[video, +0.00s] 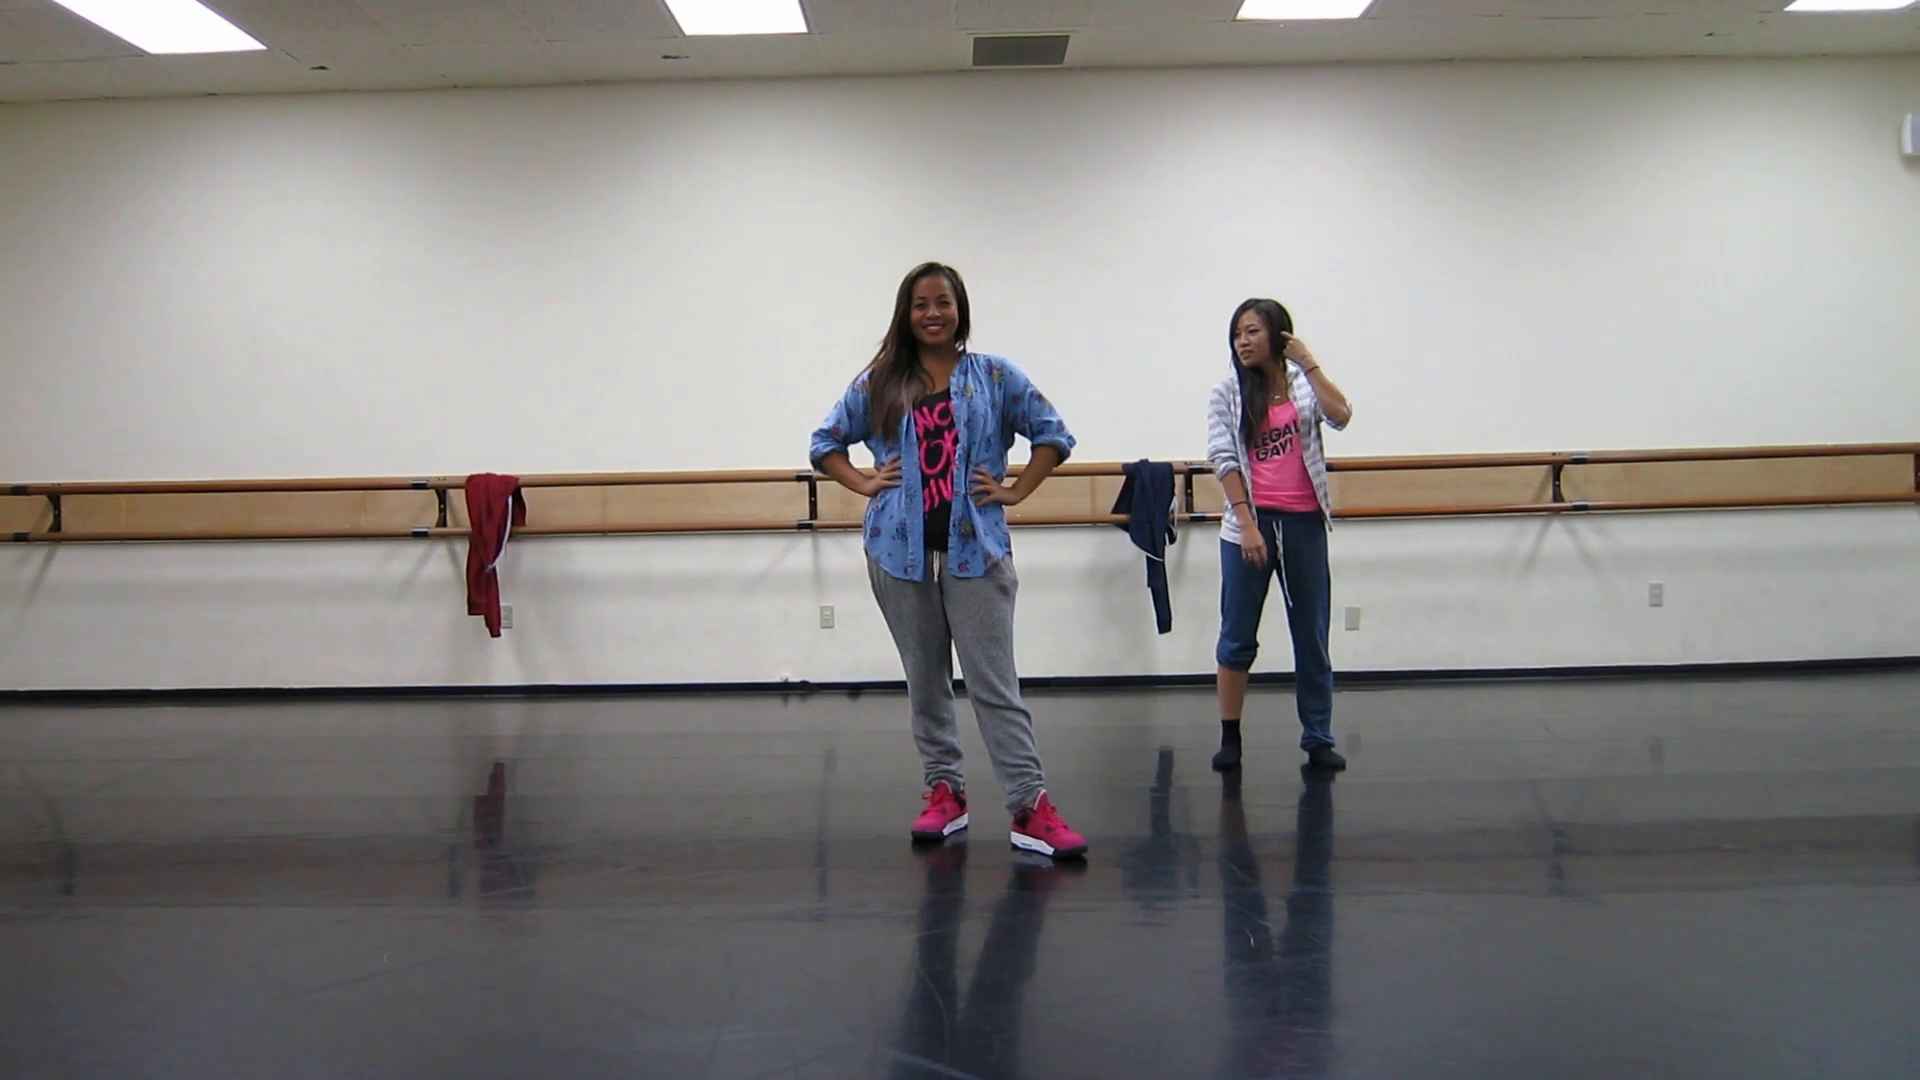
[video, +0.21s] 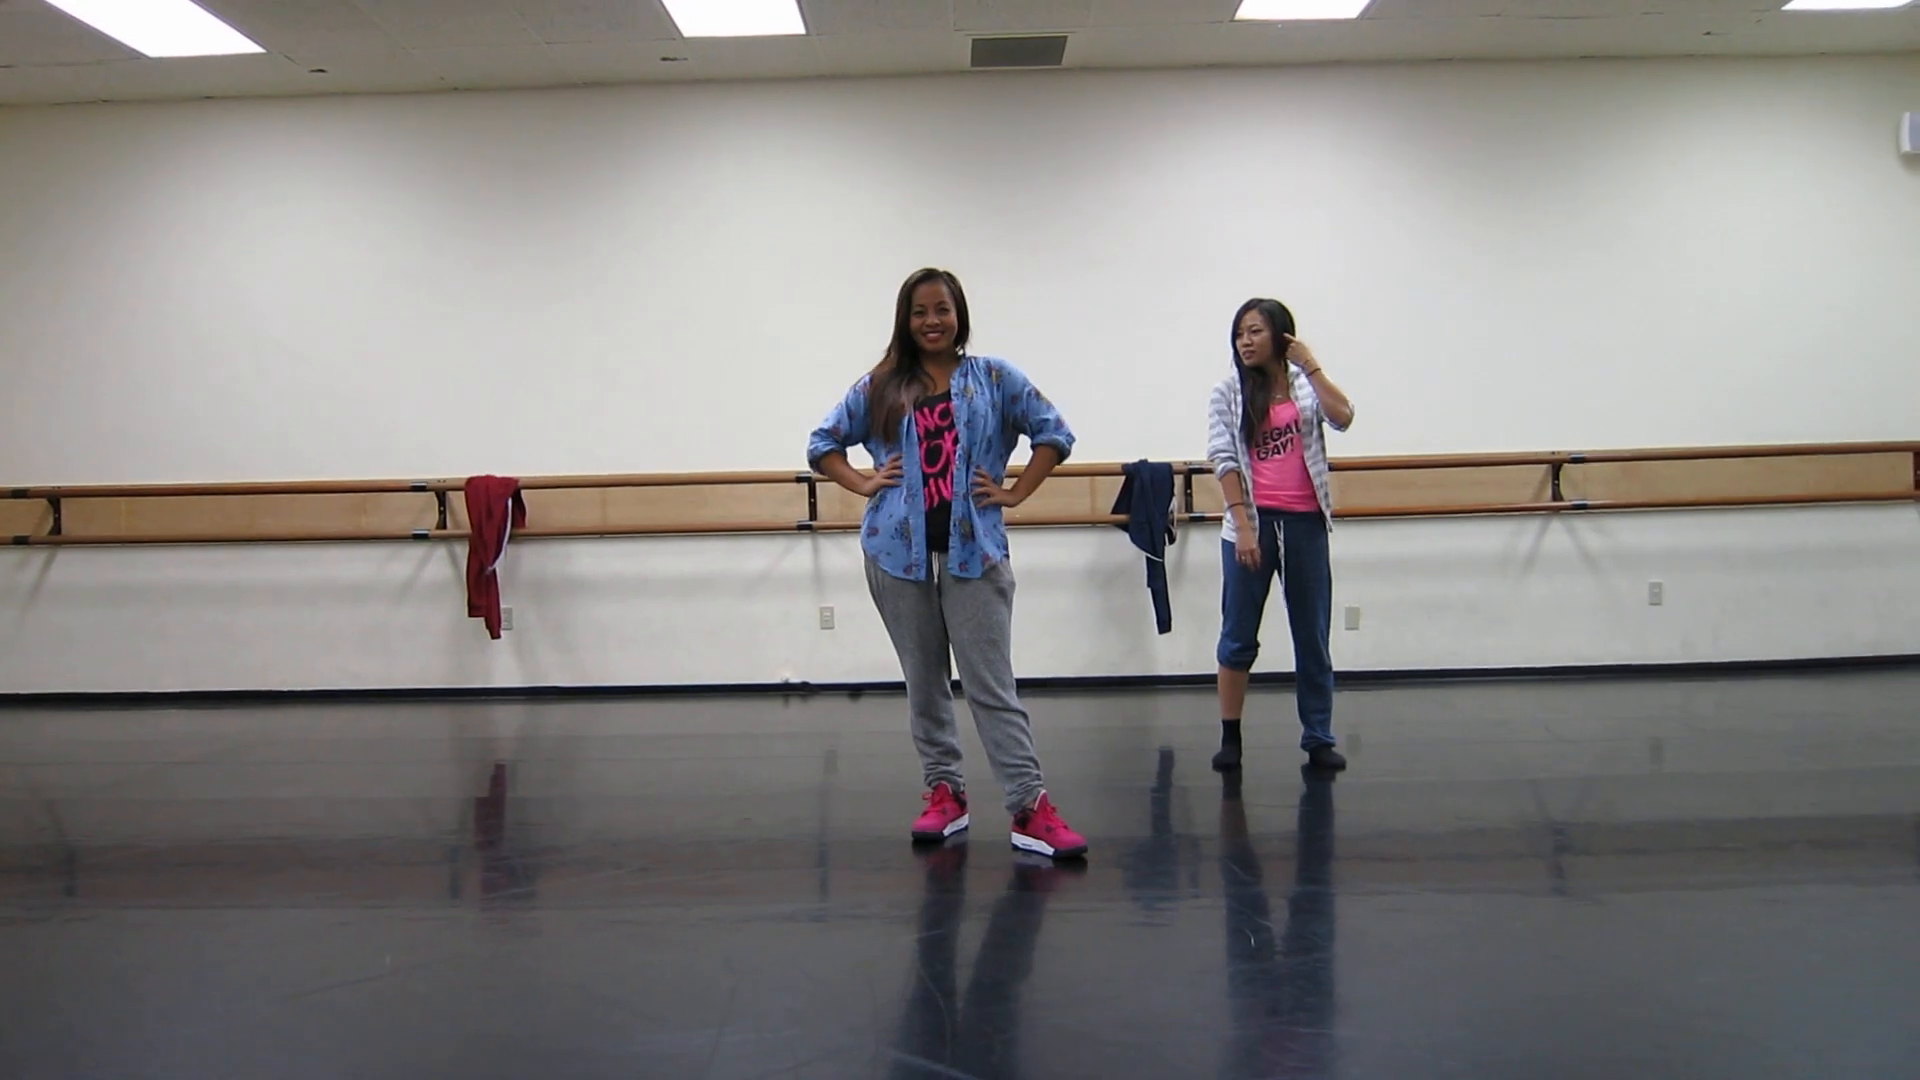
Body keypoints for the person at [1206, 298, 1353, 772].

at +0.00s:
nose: (1243, 341)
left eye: (1253, 331)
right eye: (1237, 334)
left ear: (1278, 337)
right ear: (1233, 342)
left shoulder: (1304, 383)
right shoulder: (1228, 392)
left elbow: (1340, 416)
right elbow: (1223, 460)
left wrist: (1309, 362)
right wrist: (1246, 522)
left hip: (1305, 523)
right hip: (1248, 523)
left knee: (1313, 639)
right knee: (1237, 640)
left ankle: (1319, 741)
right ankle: (1230, 738)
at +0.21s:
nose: (1245, 341)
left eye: (1255, 331)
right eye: (1240, 334)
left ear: (1280, 338)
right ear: (1235, 342)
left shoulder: (1306, 384)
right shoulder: (1228, 391)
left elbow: (1343, 418)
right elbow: (1223, 459)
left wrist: (1311, 364)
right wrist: (1242, 523)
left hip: (1306, 522)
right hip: (1251, 521)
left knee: (1313, 638)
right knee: (1238, 638)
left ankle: (1319, 741)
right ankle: (1230, 738)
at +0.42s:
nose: (1253, 341)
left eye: (1263, 332)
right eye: (1247, 334)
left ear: (1287, 338)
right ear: (1241, 342)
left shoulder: (1311, 386)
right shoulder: (1233, 391)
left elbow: (1347, 418)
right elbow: (1226, 459)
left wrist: (1315, 367)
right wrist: (1247, 523)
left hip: (1309, 525)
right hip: (1253, 523)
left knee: (1316, 640)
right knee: (1241, 639)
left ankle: (1321, 741)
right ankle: (1232, 739)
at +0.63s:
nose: (1265, 338)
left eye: (1275, 329)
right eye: (1258, 332)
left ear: (1296, 335)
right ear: (1249, 341)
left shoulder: (1317, 385)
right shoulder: (1238, 392)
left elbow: (1352, 437)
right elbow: (1232, 462)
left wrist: (1331, 382)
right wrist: (1255, 526)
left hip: (1314, 524)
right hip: (1258, 524)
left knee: (1321, 640)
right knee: (1245, 640)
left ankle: (1326, 741)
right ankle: (1237, 739)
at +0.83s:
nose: (1278, 332)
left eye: (1287, 323)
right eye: (1269, 327)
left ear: (1305, 331)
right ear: (1258, 338)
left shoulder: (1331, 388)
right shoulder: (1243, 392)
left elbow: (1349, 466)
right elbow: (1236, 462)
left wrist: (1344, 437)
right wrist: (1255, 526)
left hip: (1322, 524)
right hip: (1267, 523)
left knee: (1328, 638)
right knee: (1252, 638)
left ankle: (1332, 742)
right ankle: (1242, 738)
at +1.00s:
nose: (1291, 334)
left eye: (1300, 325)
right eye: (1281, 328)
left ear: (1317, 332)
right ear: (1270, 338)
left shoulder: (1342, 388)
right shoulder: (1253, 393)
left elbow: (1354, 449)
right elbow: (1242, 465)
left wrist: (1358, 465)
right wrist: (1251, 530)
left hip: (1332, 524)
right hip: (1276, 523)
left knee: (1335, 638)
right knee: (1259, 637)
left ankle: (1336, 740)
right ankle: (1246, 736)